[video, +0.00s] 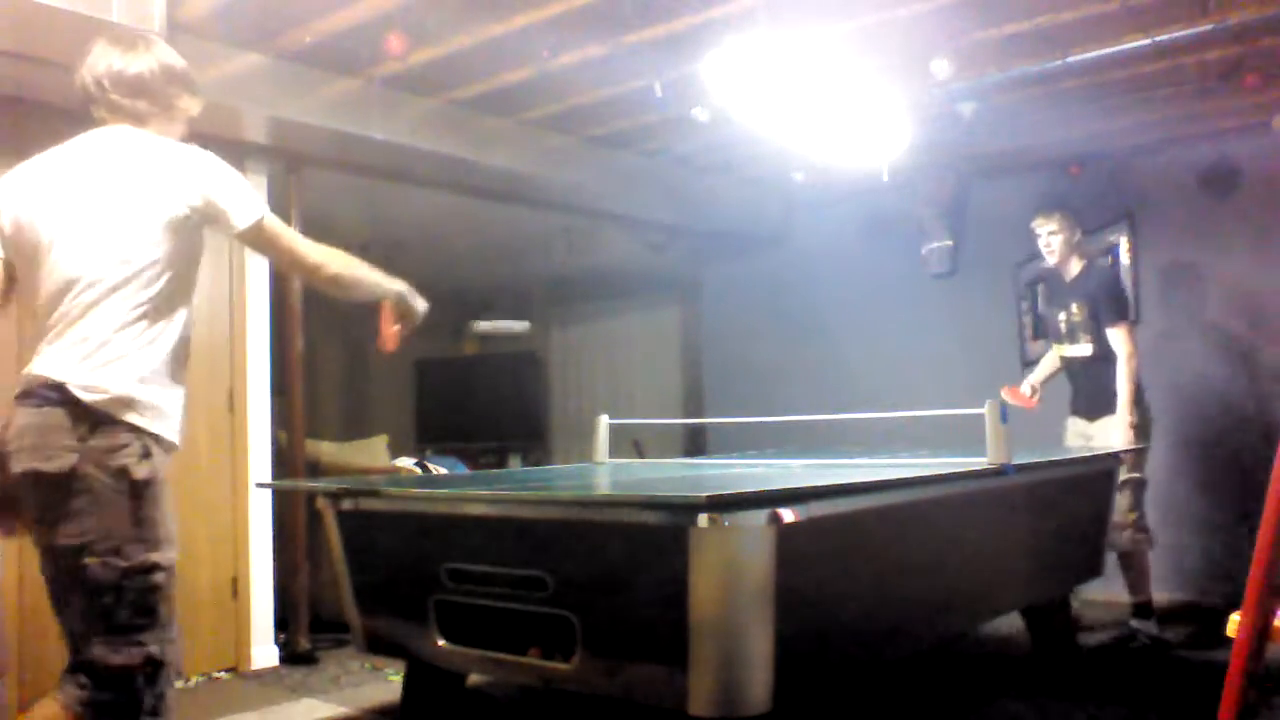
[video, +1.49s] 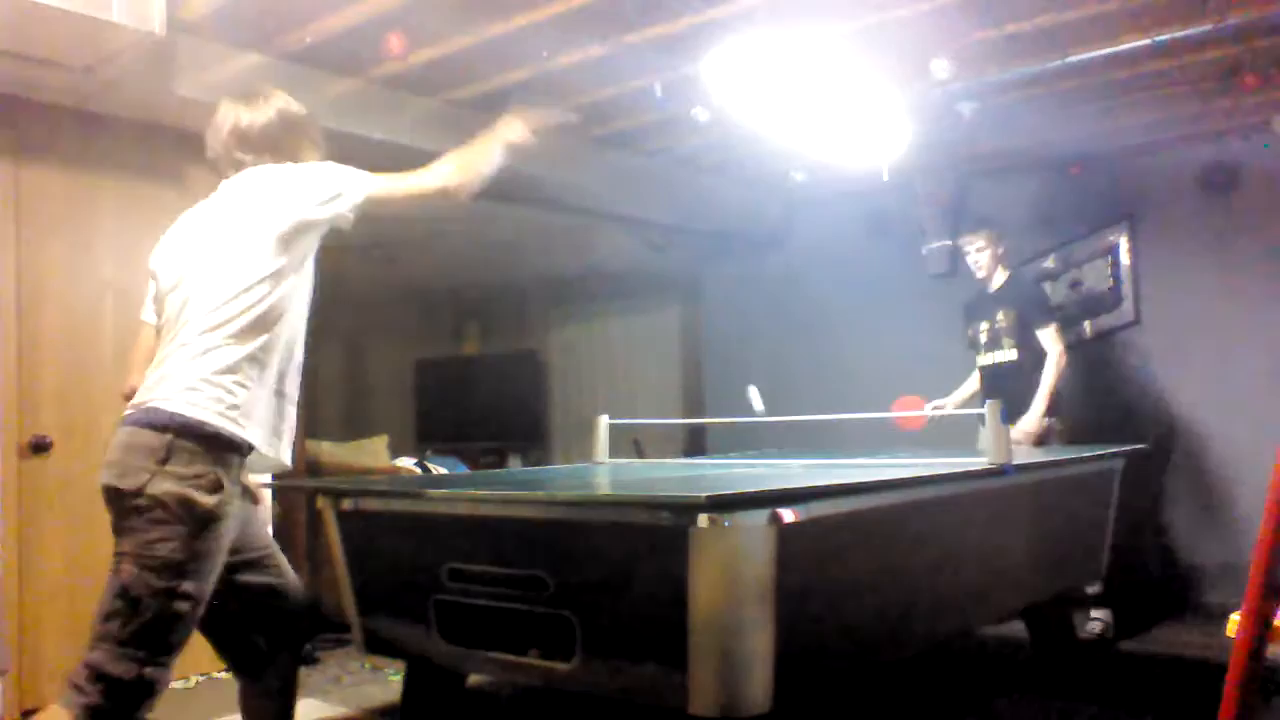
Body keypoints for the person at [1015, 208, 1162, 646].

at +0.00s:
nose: (1044, 243)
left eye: (1051, 234)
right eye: (1039, 237)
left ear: (1075, 233)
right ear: (1038, 243)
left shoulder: (1101, 278)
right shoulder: (1052, 287)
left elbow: (1125, 350)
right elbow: (1061, 347)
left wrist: (1124, 415)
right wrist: (1035, 380)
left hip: (1119, 417)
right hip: (1080, 420)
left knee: (1123, 521)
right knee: (1072, 514)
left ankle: (1143, 615)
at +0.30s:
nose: (1014, 257)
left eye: (1020, 248)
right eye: (1010, 251)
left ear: (1045, 243)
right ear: (1012, 256)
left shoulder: (1078, 285)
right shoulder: (1026, 299)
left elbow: (1119, 346)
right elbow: (1036, 364)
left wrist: (1105, 414)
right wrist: (1004, 404)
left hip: (1092, 425)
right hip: (1052, 426)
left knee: (1103, 522)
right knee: (1045, 520)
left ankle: (1140, 610)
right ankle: (1037, 609)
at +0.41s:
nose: (1004, 262)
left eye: (1009, 252)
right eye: (1001, 255)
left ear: (1033, 246)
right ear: (1009, 256)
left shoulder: (1070, 286)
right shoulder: (1024, 302)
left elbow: (1115, 342)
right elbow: (1016, 368)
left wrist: (1109, 411)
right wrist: (966, 407)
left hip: (1094, 426)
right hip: (1054, 431)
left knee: (1107, 527)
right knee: (1046, 526)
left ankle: (1141, 614)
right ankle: (1038, 613)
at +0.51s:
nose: (1000, 260)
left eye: (1005, 250)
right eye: (996, 253)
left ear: (1030, 243)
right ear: (1004, 254)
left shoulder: (1068, 286)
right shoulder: (1014, 302)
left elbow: (1112, 342)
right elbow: (985, 357)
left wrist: (1110, 409)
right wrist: (922, 380)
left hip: (1091, 422)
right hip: (1051, 428)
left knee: (1107, 519)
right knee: (1046, 520)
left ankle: (1138, 608)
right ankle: (1038, 609)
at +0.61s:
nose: (1009, 251)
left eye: (1014, 241)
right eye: (1005, 244)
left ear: (1039, 236)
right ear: (1010, 247)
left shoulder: (1071, 281)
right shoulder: (1015, 289)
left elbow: (1105, 340)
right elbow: (973, 326)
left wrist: (1105, 408)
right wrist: (930, 317)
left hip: (1083, 417)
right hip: (1042, 420)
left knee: (1100, 509)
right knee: (1038, 512)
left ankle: (1126, 602)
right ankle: (1035, 606)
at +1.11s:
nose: (1027, 249)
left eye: (1034, 241)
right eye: (1019, 243)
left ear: (1049, 243)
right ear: (1010, 248)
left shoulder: (1074, 294)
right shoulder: (1003, 296)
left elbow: (1092, 361)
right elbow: (978, 339)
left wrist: (1098, 424)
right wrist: (966, 355)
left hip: (1066, 429)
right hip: (1017, 431)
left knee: (1080, 518)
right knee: (1026, 521)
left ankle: (1116, 605)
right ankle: (1032, 610)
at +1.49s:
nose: (973, 260)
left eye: (980, 250)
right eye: (967, 254)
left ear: (1000, 249)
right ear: (963, 258)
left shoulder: (1024, 290)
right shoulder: (974, 306)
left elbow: (1057, 352)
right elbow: (985, 368)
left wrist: (1034, 415)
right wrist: (951, 402)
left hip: (1029, 422)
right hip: (992, 423)